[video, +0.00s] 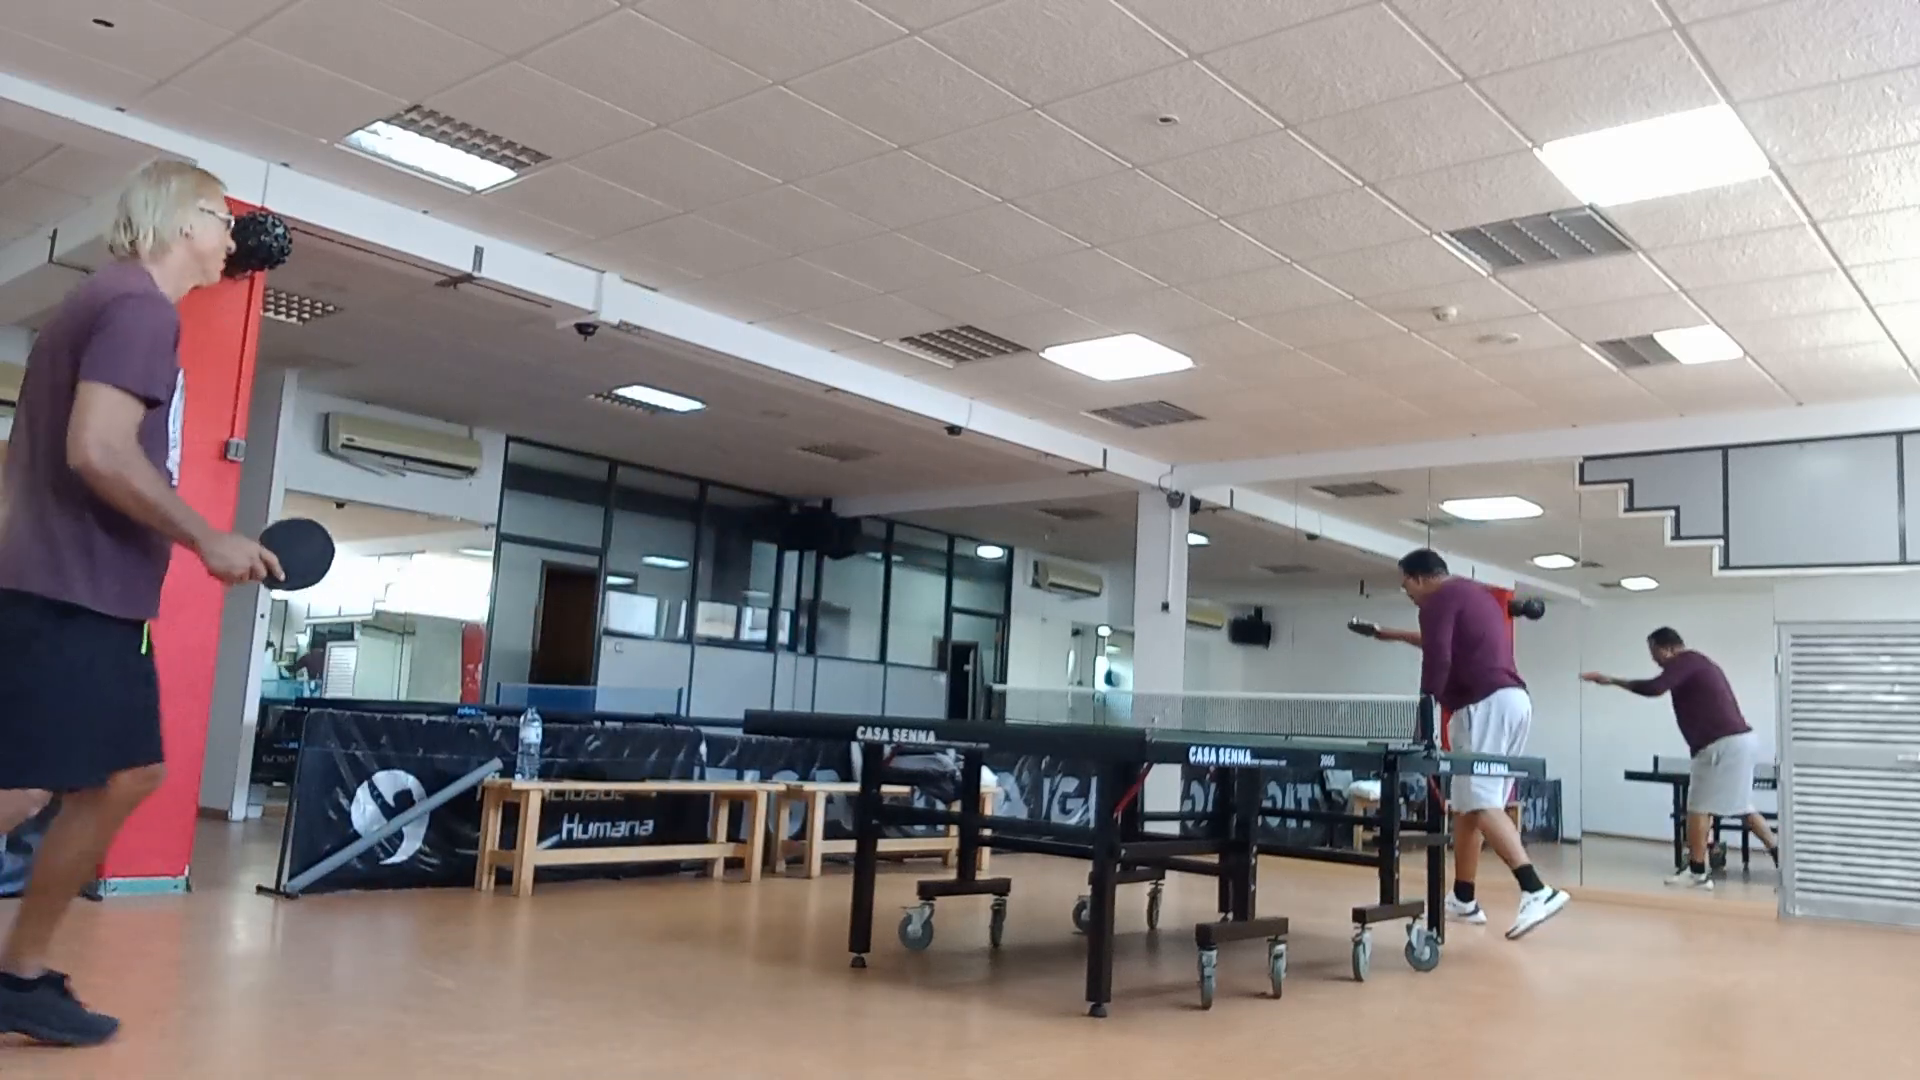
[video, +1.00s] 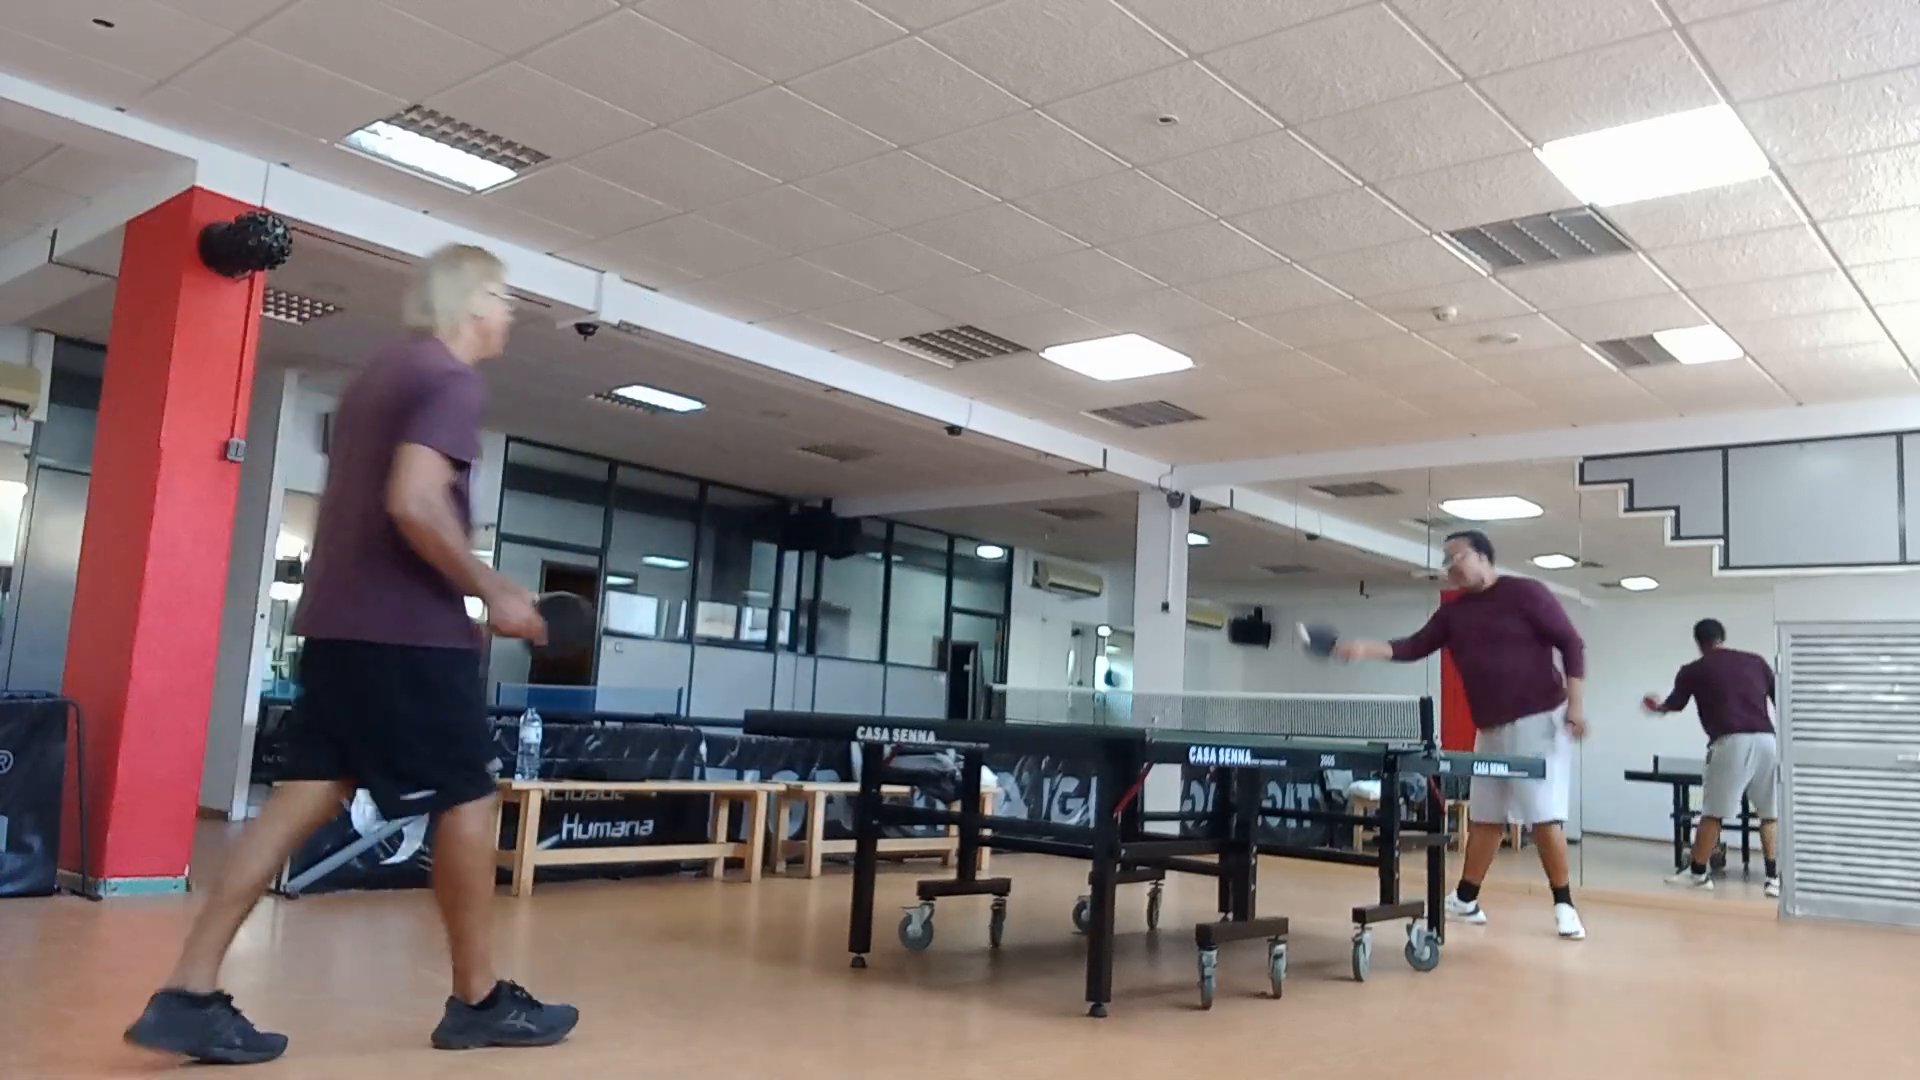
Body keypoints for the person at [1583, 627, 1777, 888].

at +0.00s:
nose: (1655, 660)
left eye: (1655, 654)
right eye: (1653, 655)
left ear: (1665, 648)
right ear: (1677, 645)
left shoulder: (1684, 662)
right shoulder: (1702, 661)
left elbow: (1654, 688)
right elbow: (1720, 704)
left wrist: (1611, 681)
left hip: (1718, 746)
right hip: (1742, 741)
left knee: (1697, 809)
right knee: (1744, 806)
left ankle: (1698, 873)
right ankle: (1778, 853)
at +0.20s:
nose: (1644, 663)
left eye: (1644, 656)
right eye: (1642, 657)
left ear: (1655, 648)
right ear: (1663, 645)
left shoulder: (1672, 664)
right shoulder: (1695, 660)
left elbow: (1670, 704)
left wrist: (1633, 717)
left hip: (1713, 743)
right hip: (1739, 736)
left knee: (1696, 809)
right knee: (1745, 808)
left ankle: (1697, 871)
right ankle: (1773, 856)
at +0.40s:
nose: (1645, 663)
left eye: (1643, 657)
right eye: (1642, 659)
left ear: (1651, 649)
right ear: (1664, 644)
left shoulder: (1667, 665)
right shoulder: (1697, 659)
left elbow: (1671, 710)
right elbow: (1713, 699)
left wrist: (1645, 746)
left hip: (1711, 740)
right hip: (1739, 734)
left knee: (1697, 810)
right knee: (1746, 806)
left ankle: (1697, 872)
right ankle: (1774, 857)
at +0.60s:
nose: (1654, 660)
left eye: (1652, 655)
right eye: (1652, 656)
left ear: (1656, 649)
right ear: (1676, 643)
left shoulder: (1666, 669)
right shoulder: (1708, 658)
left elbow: (1665, 715)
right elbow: (1735, 702)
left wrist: (1646, 752)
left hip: (1712, 740)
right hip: (1743, 734)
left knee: (1700, 811)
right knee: (1752, 806)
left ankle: (1698, 872)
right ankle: (1777, 858)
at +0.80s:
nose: (1672, 651)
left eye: (1671, 647)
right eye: (1673, 647)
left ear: (1672, 645)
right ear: (1696, 638)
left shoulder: (1673, 673)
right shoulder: (1730, 658)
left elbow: (1663, 719)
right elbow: (1758, 697)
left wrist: (1647, 754)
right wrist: (1753, 730)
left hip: (1718, 741)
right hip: (1753, 738)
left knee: (1706, 811)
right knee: (1757, 806)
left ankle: (1698, 872)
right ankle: (1777, 864)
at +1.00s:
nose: (1705, 646)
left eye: (1701, 642)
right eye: (1712, 641)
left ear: (1698, 643)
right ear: (1723, 638)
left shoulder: (1693, 671)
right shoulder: (1754, 661)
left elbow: (1676, 703)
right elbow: (1780, 699)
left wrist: (1656, 708)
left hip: (1730, 743)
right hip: (1766, 742)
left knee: (1713, 813)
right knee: (1769, 814)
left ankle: (1697, 872)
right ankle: (1773, 878)